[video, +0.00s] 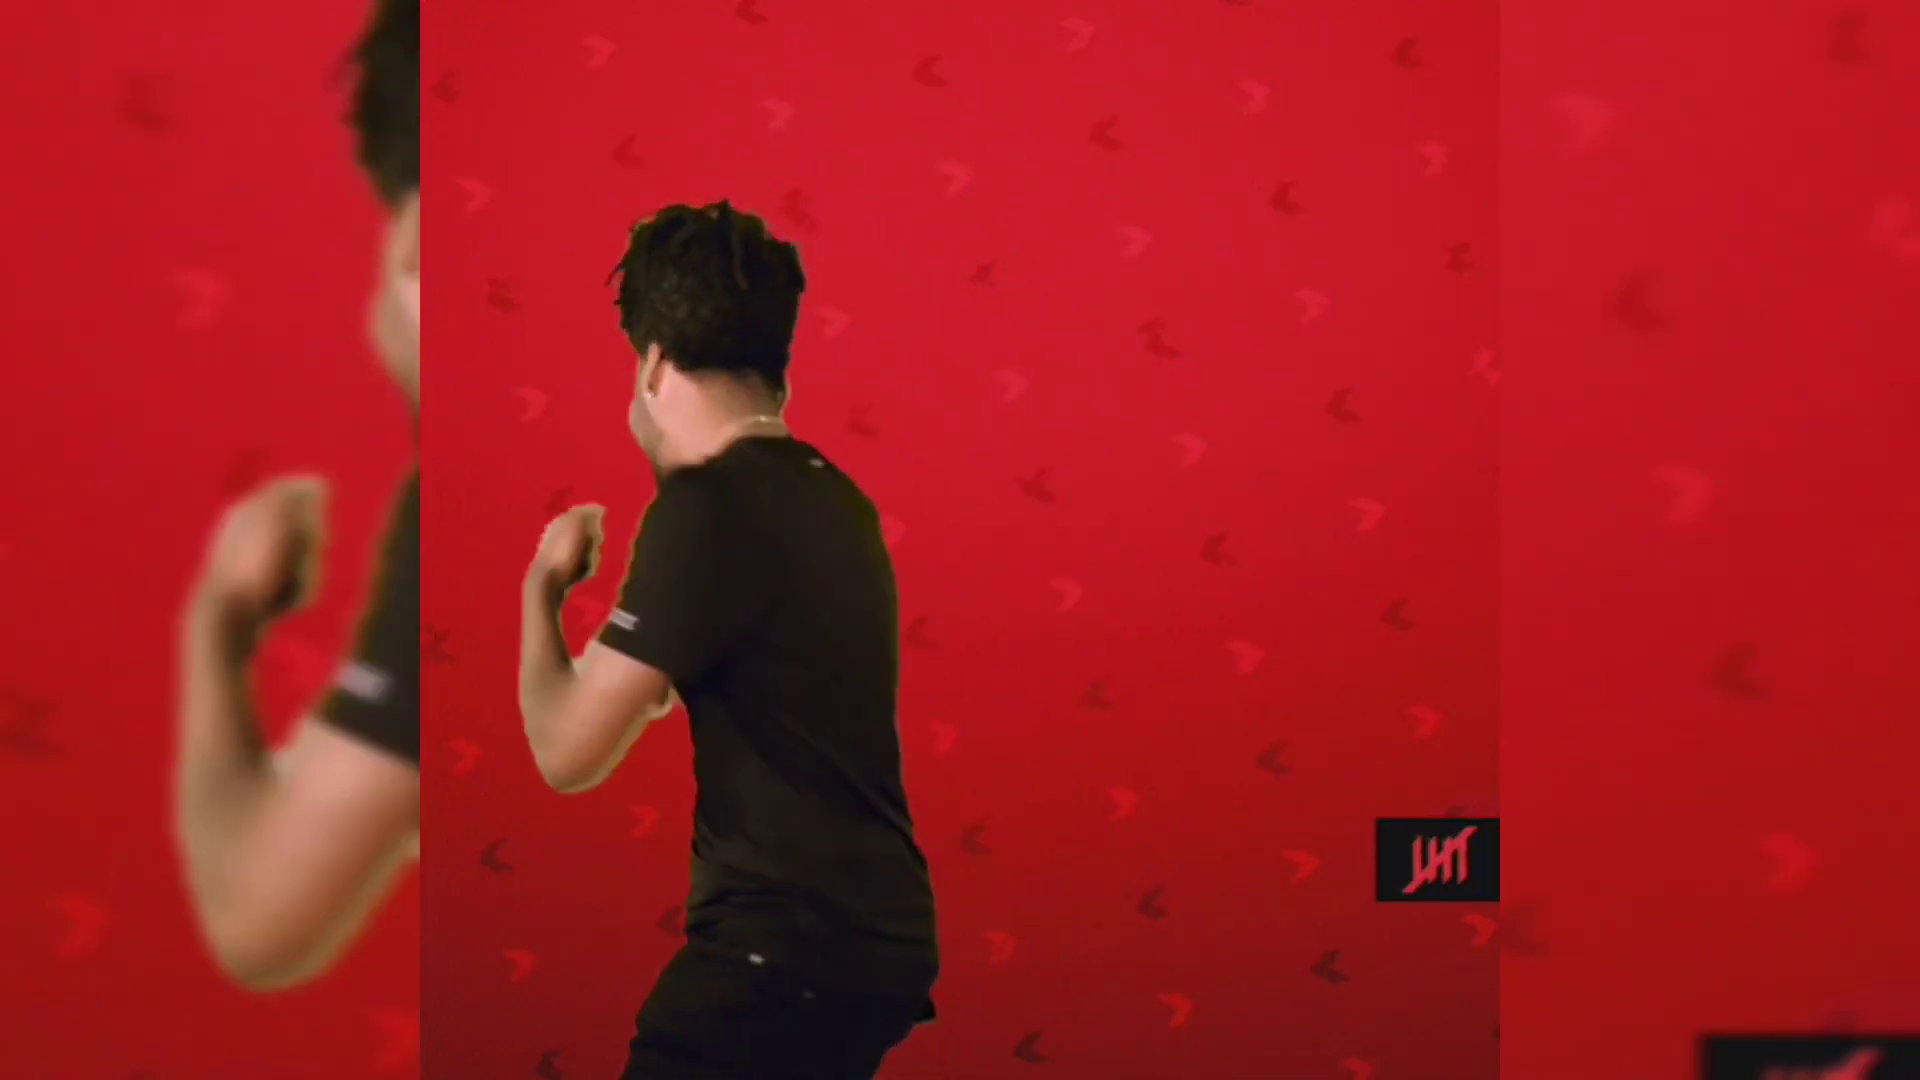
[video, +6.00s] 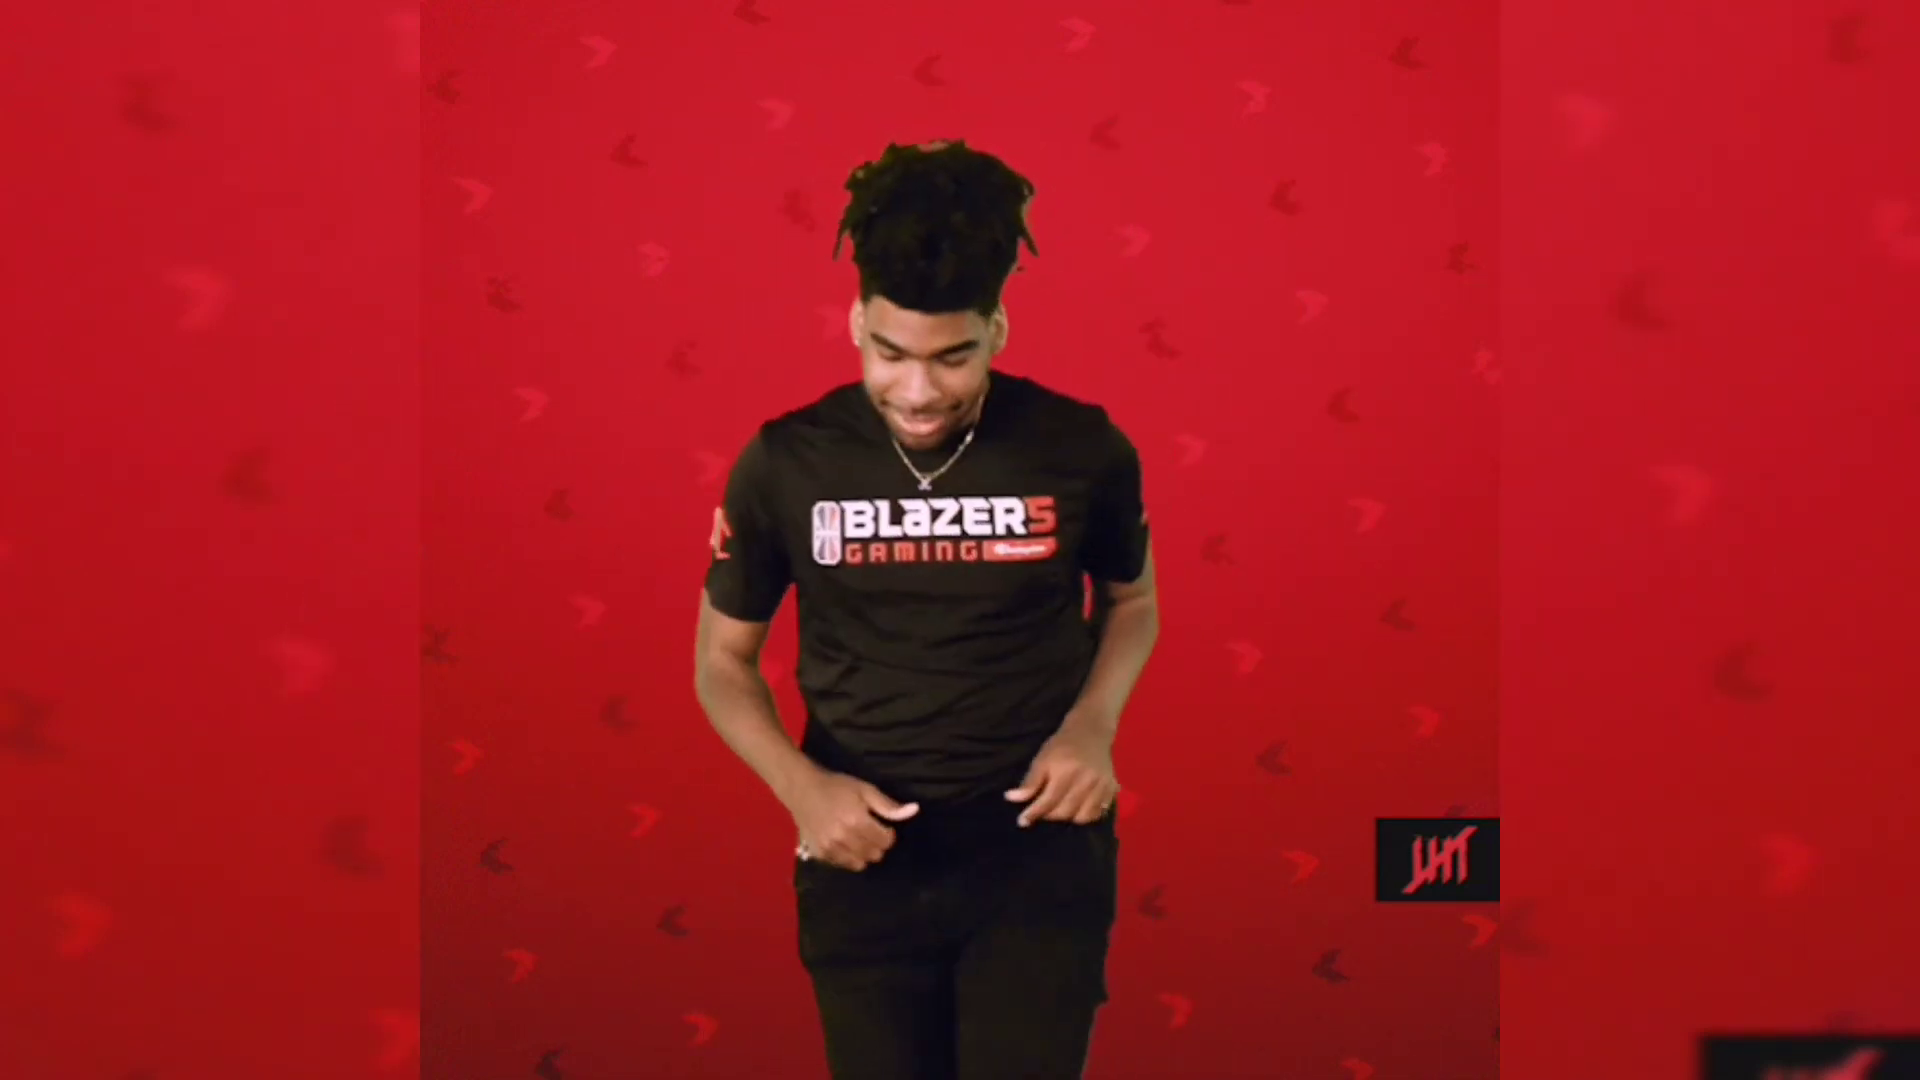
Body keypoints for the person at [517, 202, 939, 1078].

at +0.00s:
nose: (629, 397)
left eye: (630, 360)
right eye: (631, 361)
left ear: (655, 361)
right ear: (774, 364)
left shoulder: (715, 507)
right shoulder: (837, 500)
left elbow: (567, 751)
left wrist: (541, 589)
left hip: (771, 961)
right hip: (872, 954)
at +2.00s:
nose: (914, 411)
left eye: (946, 377)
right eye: (885, 375)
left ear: (998, 340)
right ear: (853, 338)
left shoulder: (1034, 429)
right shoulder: (782, 484)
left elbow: (1192, 440)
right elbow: (653, 670)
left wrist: (1400, 365)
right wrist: (824, 817)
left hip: (950, 834)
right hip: (781, 839)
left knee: (954, 1061)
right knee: (837, 1059)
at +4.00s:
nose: (969, 357)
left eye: (999, 322)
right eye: (935, 324)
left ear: (1041, 280)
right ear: (897, 285)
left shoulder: (1108, 396)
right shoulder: (829, 437)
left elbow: (1114, 526)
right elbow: (715, 606)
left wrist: (1148, 642)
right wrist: (855, 723)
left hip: (1091, 834)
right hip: (924, 849)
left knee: (1115, 1062)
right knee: (959, 1063)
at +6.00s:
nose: (919, 388)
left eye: (953, 355)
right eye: (889, 350)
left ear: (998, 327)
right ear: (856, 318)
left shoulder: (1083, 454)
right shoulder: (784, 468)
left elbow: (1130, 600)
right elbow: (723, 661)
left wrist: (1091, 728)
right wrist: (802, 787)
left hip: (1038, 856)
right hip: (863, 864)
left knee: (1024, 1061)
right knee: (879, 1063)